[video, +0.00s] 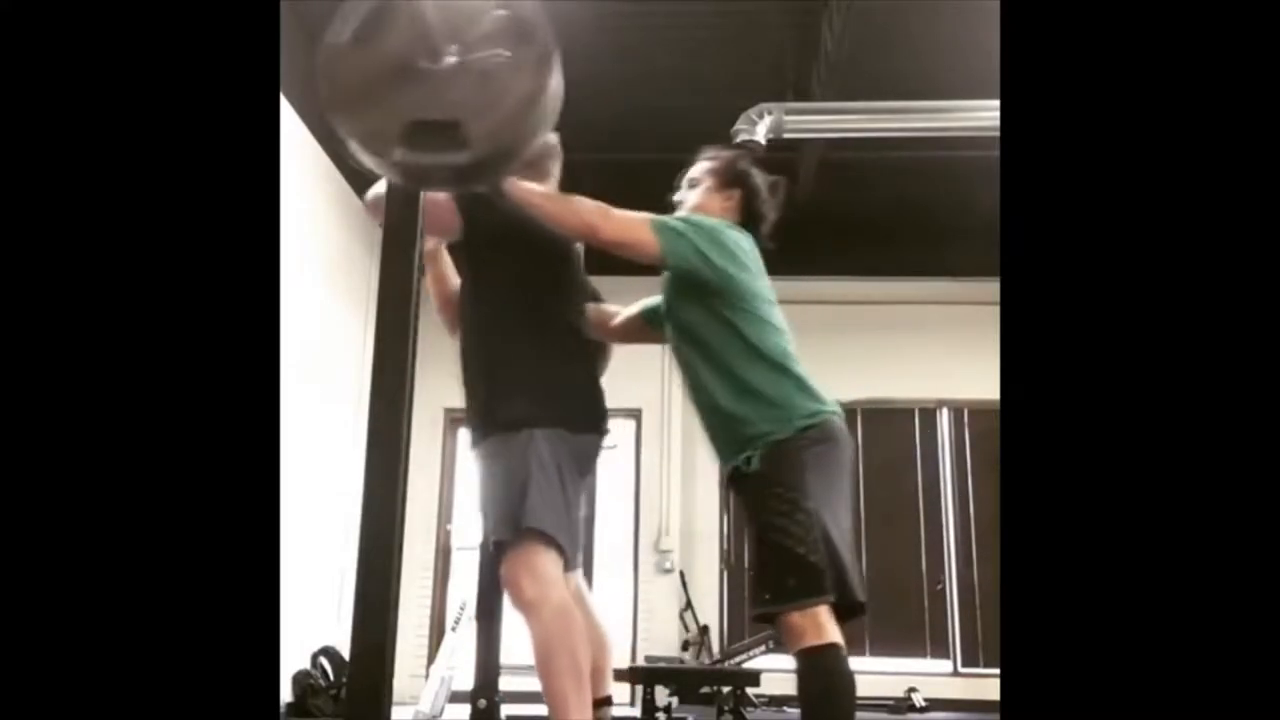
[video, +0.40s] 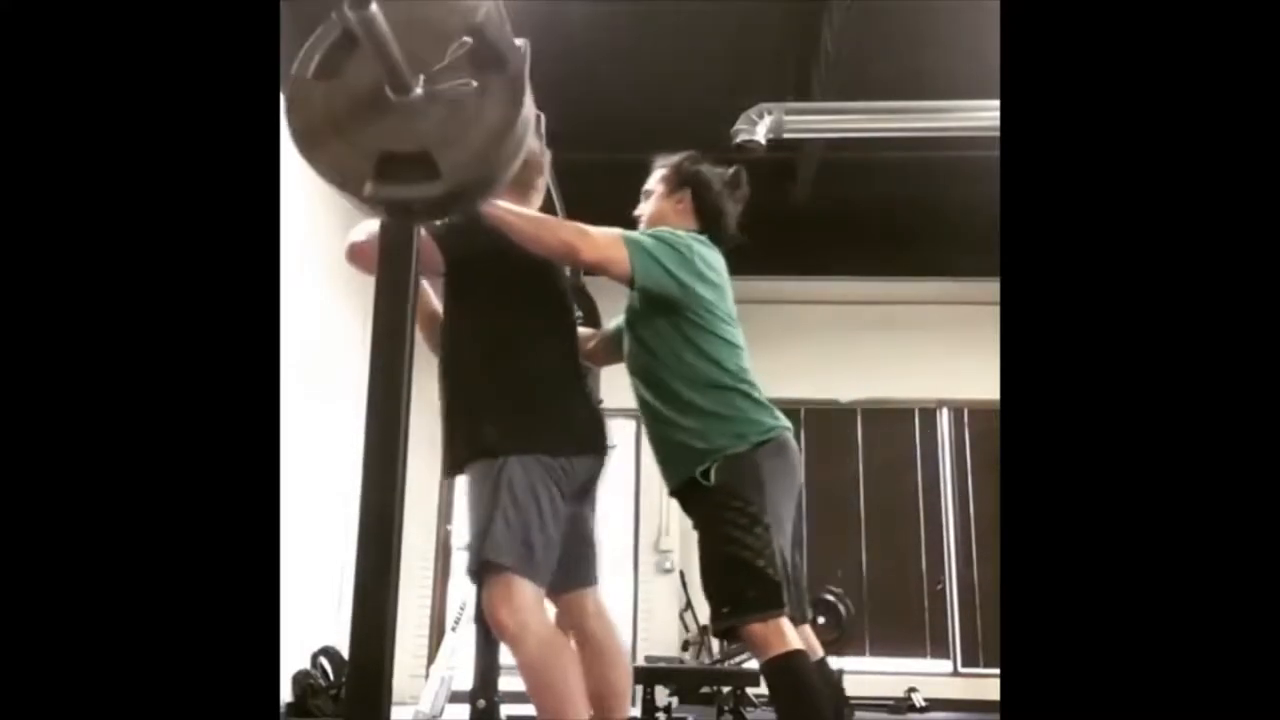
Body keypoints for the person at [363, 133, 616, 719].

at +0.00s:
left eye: (490, 155)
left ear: (507, 159)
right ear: (549, 168)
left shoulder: (509, 203)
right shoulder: (533, 227)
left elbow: (386, 205)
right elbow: (460, 319)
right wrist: (432, 244)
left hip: (537, 409)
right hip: (546, 413)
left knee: (529, 573)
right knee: (556, 576)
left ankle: (572, 714)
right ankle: (595, 707)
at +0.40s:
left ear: (480, 160)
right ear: (539, 171)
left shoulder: (484, 225)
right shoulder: (541, 239)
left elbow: (365, 247)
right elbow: (451, 342)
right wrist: (410, 282)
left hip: (521, 441)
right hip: (571, 437)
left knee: (512, 607)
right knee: (581, 606)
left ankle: (576, 713)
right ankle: (614, 713)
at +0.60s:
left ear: (476, 172)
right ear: (542, 173)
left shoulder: (485, 236)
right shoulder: (552, 244)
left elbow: (399, 286)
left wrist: (344, 316)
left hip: (547, 442)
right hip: (598, 435)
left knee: (541, 602)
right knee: (596, 602)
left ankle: (582, 716)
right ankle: (623, 715)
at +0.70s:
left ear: (479, 176)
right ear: (539, 178)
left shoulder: (497, 240)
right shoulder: (549, 245)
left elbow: (430, 339)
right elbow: (549, 371)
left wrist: (341, 395)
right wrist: (465, 422)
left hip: (556, 443)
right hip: (603, 435)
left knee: (551, 604)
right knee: (600, 603)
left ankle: (585, 716)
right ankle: (624, 716)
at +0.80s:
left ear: (486, 178)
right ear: (544, 177)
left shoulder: (503, 245)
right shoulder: (548, 247)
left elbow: (473, 351)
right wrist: (506, 482)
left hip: (558, 444)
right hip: (599, 438)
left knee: (555, 602)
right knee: (599, 605)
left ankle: (586, 716)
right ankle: (623, 714)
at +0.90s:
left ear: (490, 171)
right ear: (543, 170)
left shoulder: (507, 239)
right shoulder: (544, 239)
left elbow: (510, 359)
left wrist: (525, 470)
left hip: (560, 442)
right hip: (594, 438)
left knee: (553, 604)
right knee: (597, 606)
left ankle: (587, 712)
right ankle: (622, 713)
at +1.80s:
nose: (535, 189)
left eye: (547, 177)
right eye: (522, 180)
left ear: (571, 190)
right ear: (504, 200)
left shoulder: (606, 250)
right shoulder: (501, 297)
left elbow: (628, 355)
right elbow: (474, 388)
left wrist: (589, 453)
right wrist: (438, 457)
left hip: (576, 454)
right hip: (513, 464)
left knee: (560, 591)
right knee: (535, 602)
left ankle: (592, 715)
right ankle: (565, 714)